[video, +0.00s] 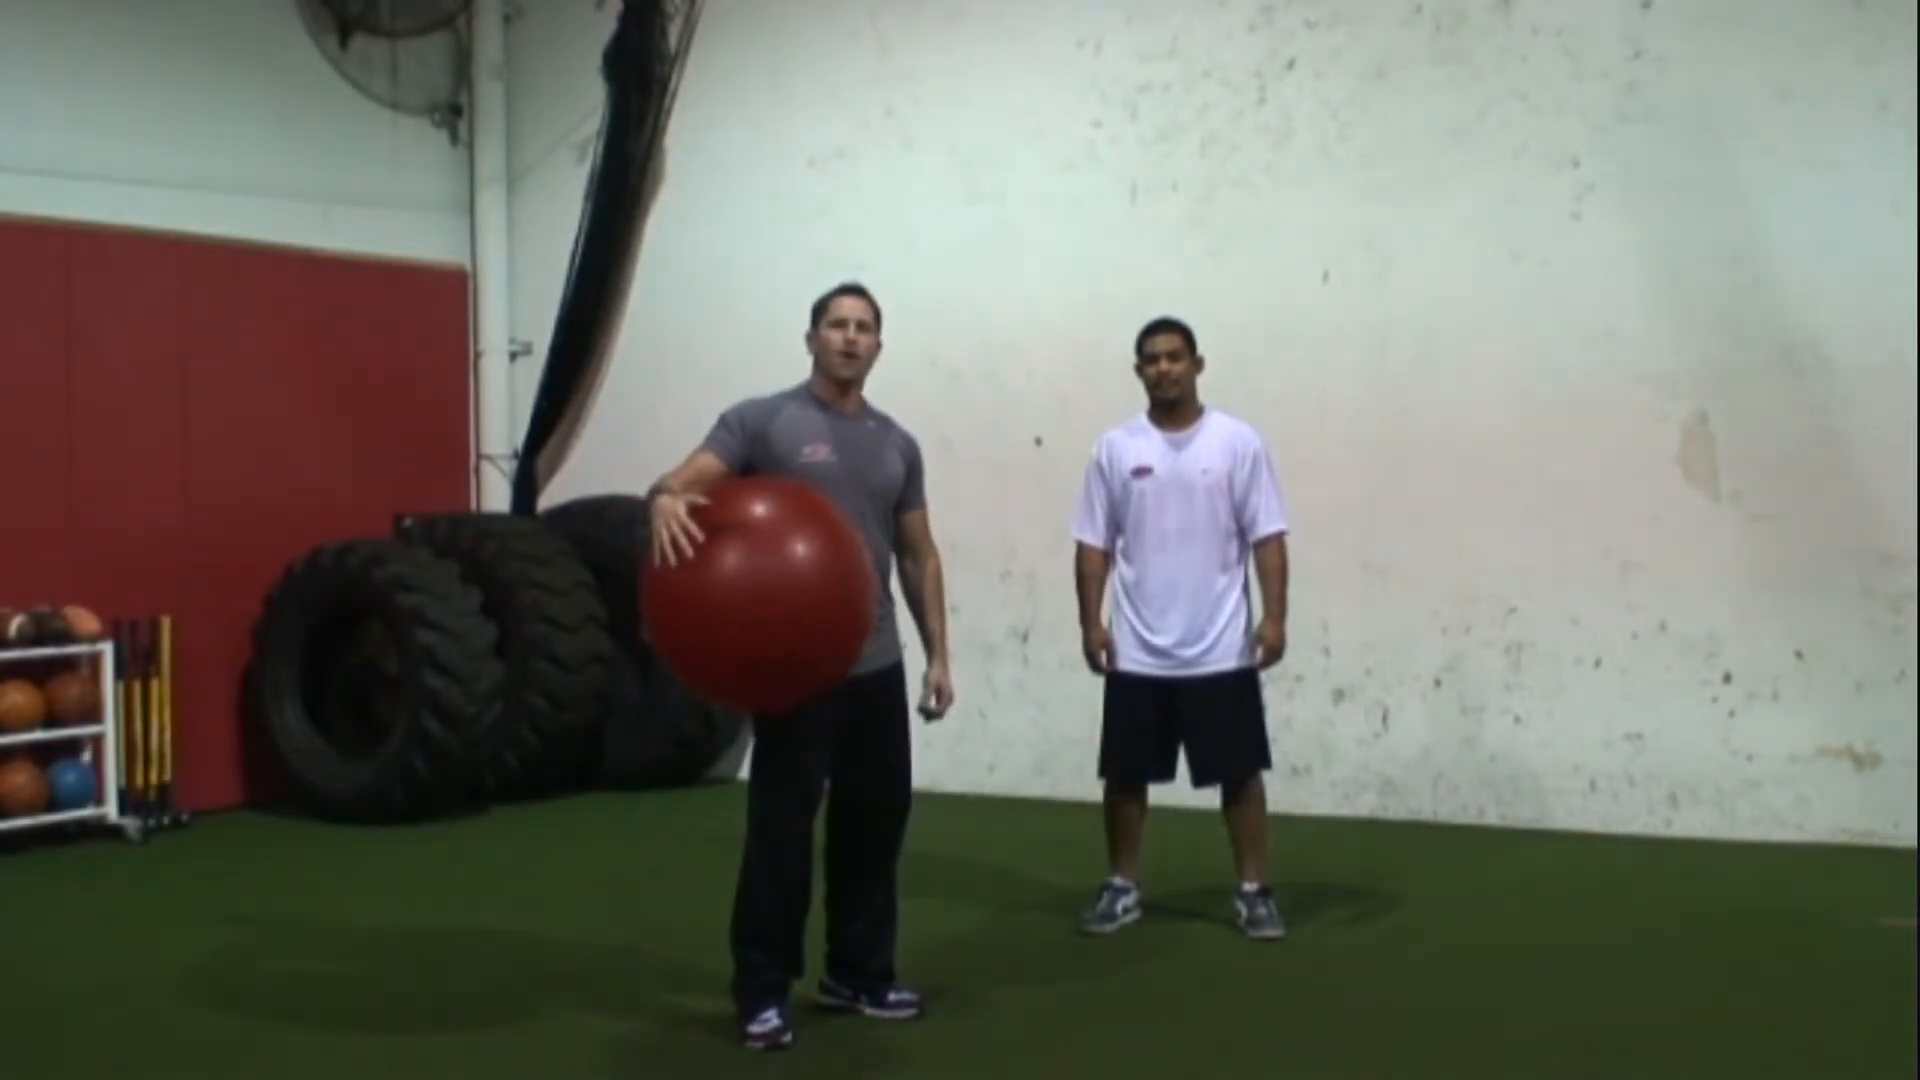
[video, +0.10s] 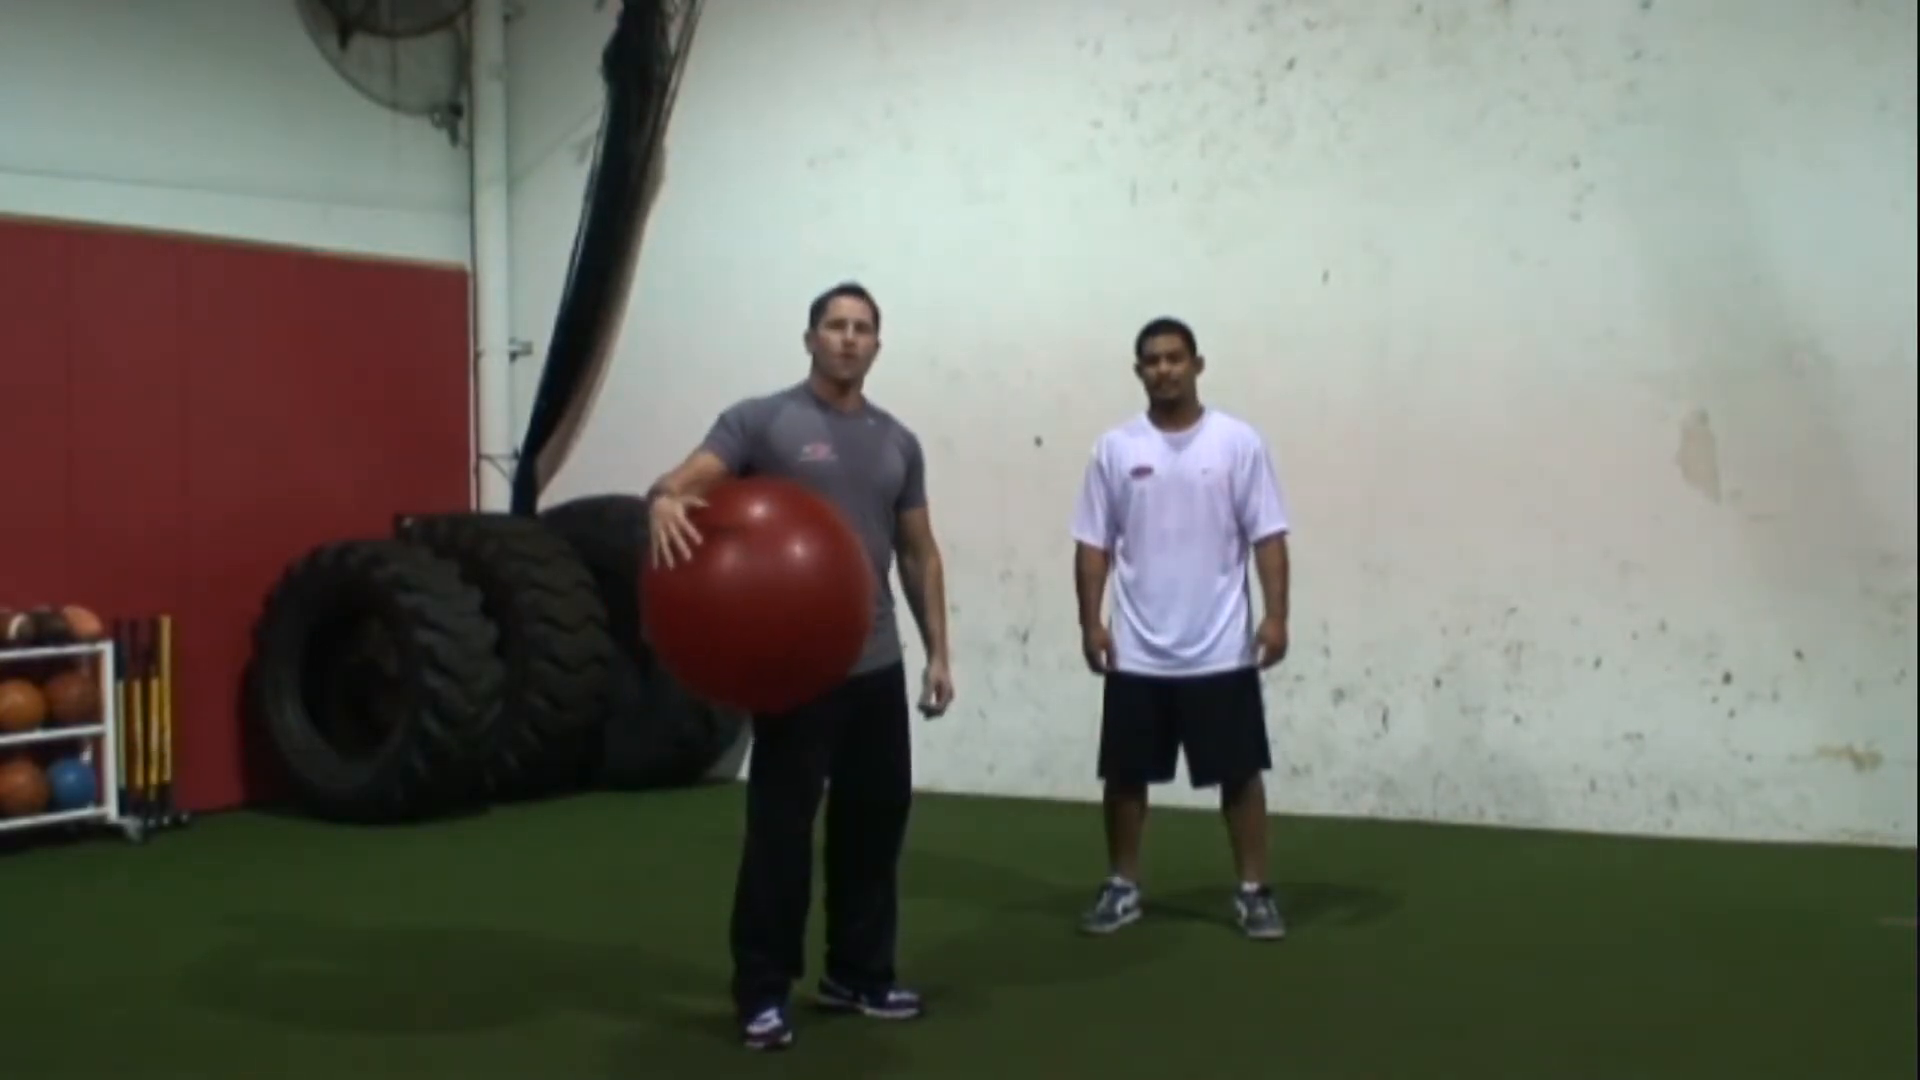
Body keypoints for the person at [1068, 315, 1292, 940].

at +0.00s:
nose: (1163, 368)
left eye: (1174, 357)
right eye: (1152, 360)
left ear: (1197, 365)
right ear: (1138, 372)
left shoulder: (1239, 443)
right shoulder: (1116, 449)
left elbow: (1268, 535)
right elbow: (1094, 541)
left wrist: (1274, 616)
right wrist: (1091, 622)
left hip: (1220, 645)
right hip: (1138, 646)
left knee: (1242, 776)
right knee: (1123, 777)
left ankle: (1254, 889)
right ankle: (1122, 883)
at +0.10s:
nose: (1163, 369)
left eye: (1174, 358)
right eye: (1152, 361)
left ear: (1197, 365)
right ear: (1138, 372)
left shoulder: (1238, 443)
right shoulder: (1116, 449)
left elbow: (1268, 534)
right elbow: (1093, 540)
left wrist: (1276, 615)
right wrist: (1091, 622)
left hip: (1220, 645)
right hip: (1138, 646)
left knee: (1241, 776)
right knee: (1123, 777)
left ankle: (1254, 889)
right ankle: (1122, 883)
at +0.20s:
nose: (1163, 368)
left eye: (1174, 357)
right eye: (1152, 360)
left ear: (1197, 364)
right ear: (1138, 372)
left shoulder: (1238, 442)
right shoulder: (1116, 448)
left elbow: (1269, 534)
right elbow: (1093, 540)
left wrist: (1277, 614)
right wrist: (1091, 622)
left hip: (1220, 644)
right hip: (1138, 645)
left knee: (1241, 776)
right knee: (1123, 777)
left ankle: (1254, 889)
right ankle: (1122, 884)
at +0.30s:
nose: (1163, 367)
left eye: (1174, 357)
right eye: (1152, 360)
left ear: (1198, 365)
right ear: (1138, 372)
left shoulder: (1239, 442)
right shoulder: (1116, 448)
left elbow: (1269, 534)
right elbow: (1093, 540)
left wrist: (1277, 615)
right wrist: (1091, 622)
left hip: (1220, 644)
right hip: (1138, 645)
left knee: (1241, 776)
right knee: (1123, 777)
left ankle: (1254, 889)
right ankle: (1122, 884)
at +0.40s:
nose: (1163, 367)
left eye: (1174, 357)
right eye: (1152, 360)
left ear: (1197, 364)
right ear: (1138, 372)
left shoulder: (1239, 442)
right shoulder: (1116, 448)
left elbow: (1269, 533)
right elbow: (1093, 540)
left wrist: (1277, 614)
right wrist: (1090, 621)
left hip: (1220, 644)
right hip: (1138, 645)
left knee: (1241, 776)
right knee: (1123, 777)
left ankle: (1254, 889)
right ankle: (1122, 884)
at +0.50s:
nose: (1163, 367)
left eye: (1174, 357)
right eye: (1152, 359)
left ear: (1198, 365)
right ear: (1139, 372)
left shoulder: (1239, 442)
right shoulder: (1116, 448)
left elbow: (1269, 533)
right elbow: (1092, 540)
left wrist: (1277, 613)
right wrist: (1090, 621)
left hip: (1220, 644)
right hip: (1138, 645)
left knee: (1242, 776)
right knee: (1123, 777)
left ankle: (1254, 889)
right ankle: (1122, 884)